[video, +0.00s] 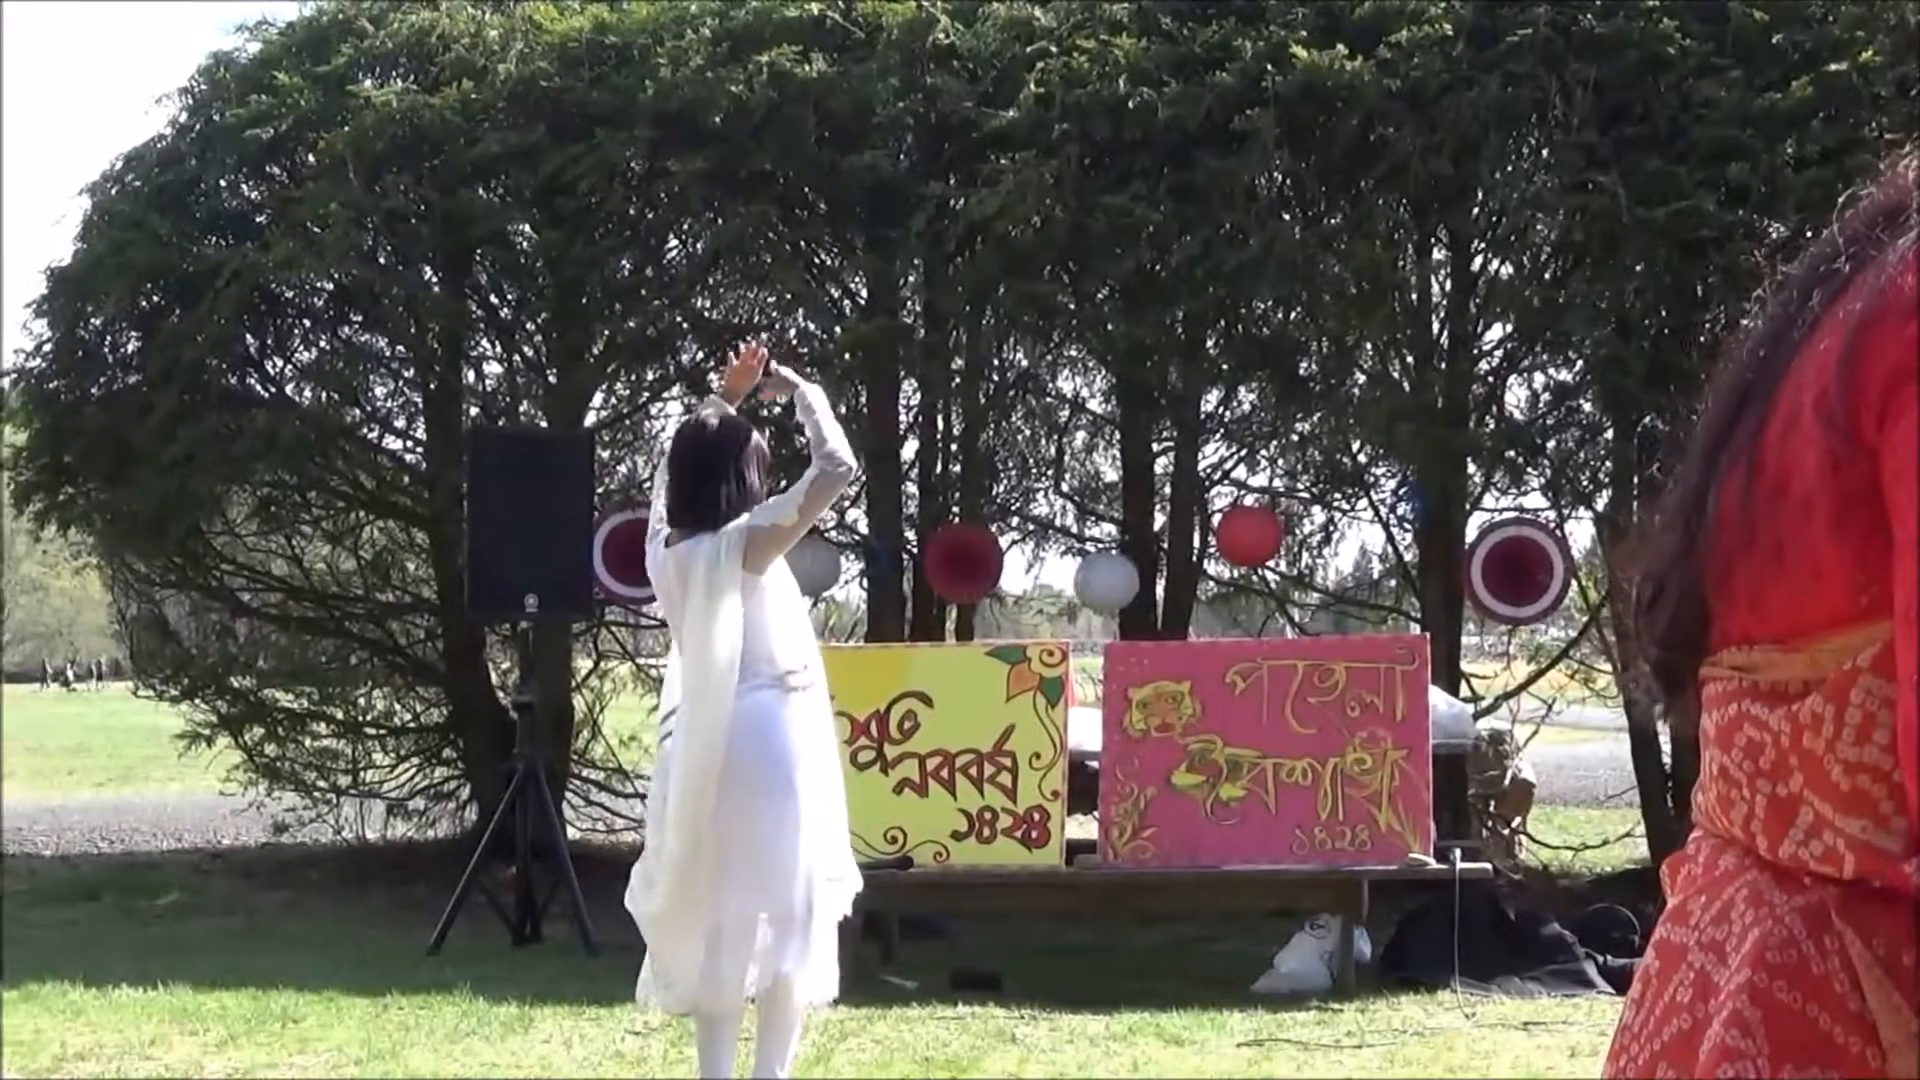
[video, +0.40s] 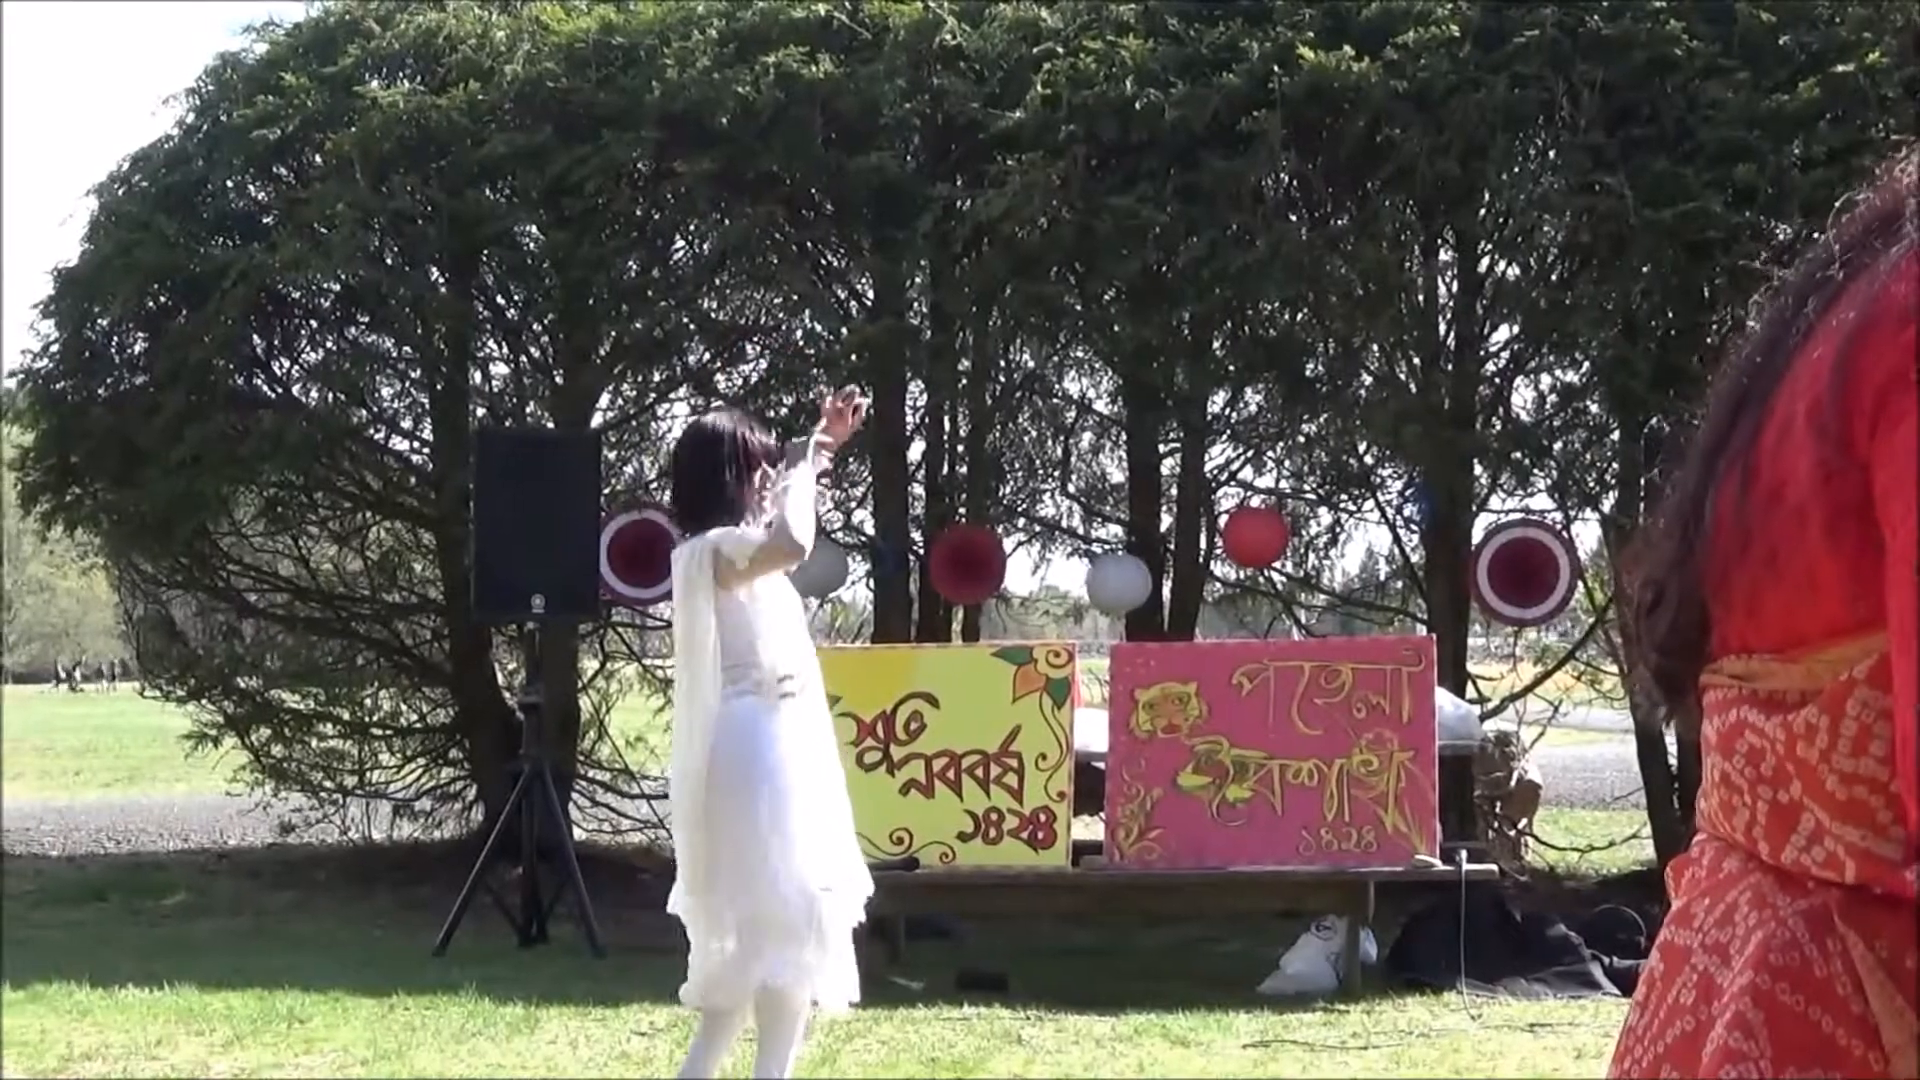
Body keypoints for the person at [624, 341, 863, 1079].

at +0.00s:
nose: (764, 479)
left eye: (762, 468)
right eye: (758, 468)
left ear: (682, 477)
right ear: (738, 475)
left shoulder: (668, 554)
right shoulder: (745, 547)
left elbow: (678, 469)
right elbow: (835, 467)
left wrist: (723, 396)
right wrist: (806, 390)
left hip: (709, 729)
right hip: (772, 727)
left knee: (721, 906)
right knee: (794, 910)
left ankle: (715, 1068)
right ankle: (772, 1069)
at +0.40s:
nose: (770, 483)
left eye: (770, 471)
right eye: (761, 470)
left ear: (705, 478)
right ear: (730, 476)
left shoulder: (728, 546)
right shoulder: (713, 551)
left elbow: (787, 514)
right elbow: (789, 545)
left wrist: (824, 444)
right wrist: (800, 468)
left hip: (760, 740)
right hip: (761, 744)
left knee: (753, 921)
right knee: (793, 919)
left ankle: (697, 1067)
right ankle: (774, 1070)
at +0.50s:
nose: (758, 486)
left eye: (755, 473)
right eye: (746, 475)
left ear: (730, 495)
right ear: (716, 492)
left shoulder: (735, 548)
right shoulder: (697, 560)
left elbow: (802, 516)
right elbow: (756, 596)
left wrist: (862, 475)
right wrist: (778, 523)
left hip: (758, 766)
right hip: (741, 771)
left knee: (737, 944)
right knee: (778, 936)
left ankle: (694, 1068)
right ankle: (771, 1070)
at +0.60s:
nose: (730, 491)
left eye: (735, 476)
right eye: (713, 481)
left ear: (749, 483)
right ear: (685, 498)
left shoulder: (757, 562)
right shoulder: (680, 571)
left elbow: (819, 559)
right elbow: (699, 638)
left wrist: (894, 520)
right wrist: (733, 550)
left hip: (767, 788)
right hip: (709, 792)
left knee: (752, 949)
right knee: (762, 942)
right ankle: (769, 1071)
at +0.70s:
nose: (707, 494)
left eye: (716, 481)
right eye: (691, 485)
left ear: (736, 490)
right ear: (671, 501)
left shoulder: (759, 563)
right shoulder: (661, 574)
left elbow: (831, 593)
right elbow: (635, 655)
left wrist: (927, 565)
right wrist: (692, 576)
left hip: (765, 795)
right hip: (697, 802)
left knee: (758, 967)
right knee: (727, 971)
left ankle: (717, 1068)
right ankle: (707, 1069)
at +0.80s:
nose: (699, 496)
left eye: (710, 483)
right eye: (685, 485)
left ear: (731, 496)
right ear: (663, 500)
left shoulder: (760, 574)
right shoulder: (646, 577)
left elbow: (841, 616)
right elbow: (571, 641)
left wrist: (944, 599)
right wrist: (664, 579)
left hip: (754, 782)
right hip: (674, 787)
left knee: (750, 943)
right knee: (677, 937)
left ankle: (702, 1069)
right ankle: (650, 1067)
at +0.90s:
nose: (683, 493)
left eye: (696, 479)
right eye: (670, 483)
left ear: (722, 494)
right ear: (651, 499)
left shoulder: (753, 577)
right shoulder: (627, 573)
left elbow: (844, 625)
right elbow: (523, 616)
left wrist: (952, 624)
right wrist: (618, 583)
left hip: (739, 794)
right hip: (649, 794)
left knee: (734, 961)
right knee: (616, 953)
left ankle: (700, 1070)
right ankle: (573, 1071)